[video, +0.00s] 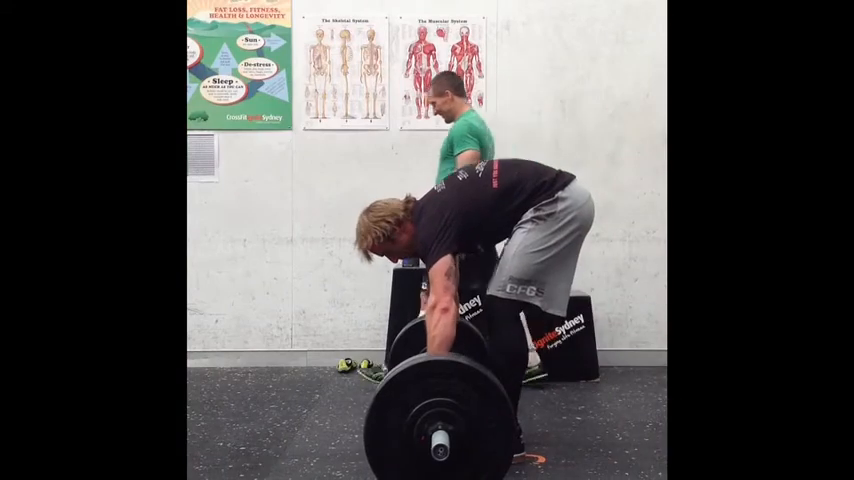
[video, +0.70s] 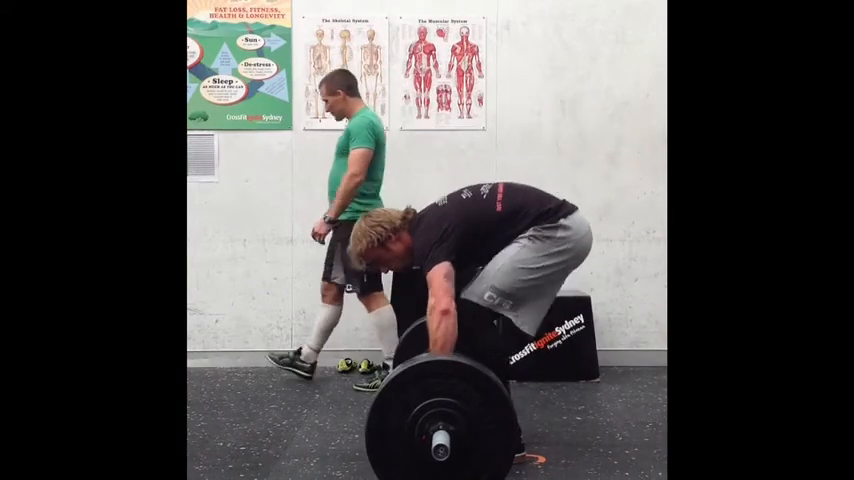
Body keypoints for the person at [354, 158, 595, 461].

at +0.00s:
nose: (394, 261)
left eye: (387, 253)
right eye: (386, 256)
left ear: (399, 230)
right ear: (400, 224)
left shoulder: (433, 223)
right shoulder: (432, 216)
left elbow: (443, 307)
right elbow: (443, 299)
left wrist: (431, 384)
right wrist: (433, 374)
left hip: (556, 203)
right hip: (558, 200)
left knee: (501, 306)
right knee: (501, 305)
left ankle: (505, 434)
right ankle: (501, 428)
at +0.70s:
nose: (387, 270)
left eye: (381, 262)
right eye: (380, 266)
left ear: (392, 240)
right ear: (394, 235)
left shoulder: (431, 233)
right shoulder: (427, 230)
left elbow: (444, 309)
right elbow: (434, 307)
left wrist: (435, 386)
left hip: (555, 230)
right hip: (553, 228)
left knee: (471, 316)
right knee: (471, 314)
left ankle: (502, 438)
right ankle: (496, 433)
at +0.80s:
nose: (382, 275)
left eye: (377, 267)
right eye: (376, 270)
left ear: (391, 246)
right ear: (393, 243)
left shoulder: (430, 242)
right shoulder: (426, 237)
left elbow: (441, 313)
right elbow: (433, 312)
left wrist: (437, 387)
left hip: (554, 252)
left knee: (463, 320)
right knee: (463, 322)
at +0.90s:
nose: (381, 284)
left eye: (377, 276)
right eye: (375, 279)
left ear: (391, 256)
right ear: (392, 252)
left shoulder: (429, 253)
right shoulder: (427, 246)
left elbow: (440, 315)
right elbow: (441, 313)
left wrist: (436, 388)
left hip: (553, 276)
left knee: (457, 323)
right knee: (452, 328)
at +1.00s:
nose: (381, 294)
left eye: (377, 286)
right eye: (375, 289)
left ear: (391, 267)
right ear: (393, 263)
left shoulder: (428, 262)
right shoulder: (427, 257)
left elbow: (439, 316)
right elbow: (441, 317)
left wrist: (438, 388)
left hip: (550, 303)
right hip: (547, 299)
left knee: (448, 332)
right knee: (442, 331)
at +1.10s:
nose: (380, 305)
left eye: (376, 296)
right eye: (374, 299)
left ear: (391, 276)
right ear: (394, 273)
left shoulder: (428, 273)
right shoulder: (432, 266)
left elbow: (436, 319)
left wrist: (438, 388)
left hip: (546, 328)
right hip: (544, 324)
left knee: (446, 334)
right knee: (436, 333)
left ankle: (495, 436)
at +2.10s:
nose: (387, 305)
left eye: (384, 296)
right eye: (381, 299)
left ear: (401, 279)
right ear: (403, 276)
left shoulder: (431, 278)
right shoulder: (440, 270)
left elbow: (435, 320)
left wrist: (440, 388)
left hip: (546, 357)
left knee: (444, 340)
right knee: (442, 339)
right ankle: (504, 437)